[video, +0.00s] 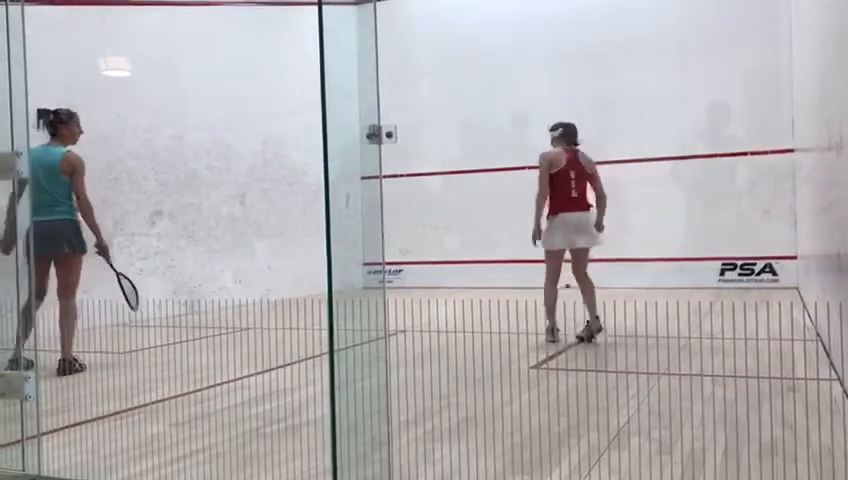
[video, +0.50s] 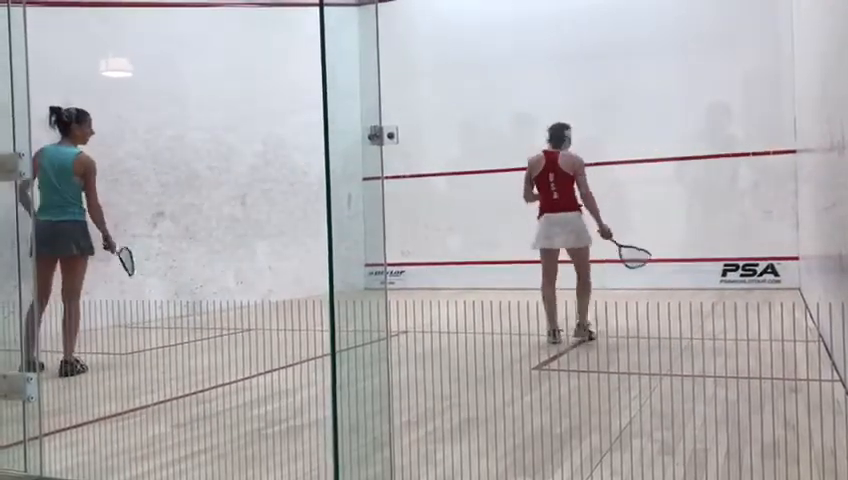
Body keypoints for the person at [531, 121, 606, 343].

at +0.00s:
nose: (551, 140)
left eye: (553, 137)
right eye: (552, 137)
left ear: (559, 137)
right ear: (573, 138)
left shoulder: (548, 157)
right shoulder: (585, 159)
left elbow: (543, 193)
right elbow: (600, 193)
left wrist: (537, 224)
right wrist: (600, 218)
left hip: (558, 219)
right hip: (584, 217)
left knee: (551, 277)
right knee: (580, 271)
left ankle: (551, 326)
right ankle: (594, 320)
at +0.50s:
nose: (571, 144)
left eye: (569, 140)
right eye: (570, 140)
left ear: (549, 139)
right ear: (566, 140)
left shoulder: (535, 161)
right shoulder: (574, 161)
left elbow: (528, 196)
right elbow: (585, 194)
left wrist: (546, 194)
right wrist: (601, 224)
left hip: (548, 222)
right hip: (572, 221)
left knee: (548, 279)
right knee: (583, 275)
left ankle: (553, 329)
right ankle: (582, 324)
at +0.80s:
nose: (581, 148)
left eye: (582, 144)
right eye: (579, 144)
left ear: (559, 143)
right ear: (572, 143)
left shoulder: (545, 164)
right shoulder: (579, 163)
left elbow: (549, 194)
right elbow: (591, 198)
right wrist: (614, 223)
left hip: (555, 224)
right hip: (578, 223)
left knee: (553, 277)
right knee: (596, 274)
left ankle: (554, 329)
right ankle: (606, 325)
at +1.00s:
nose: (596, 141)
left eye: (596, 136)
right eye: (592, 137)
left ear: (575, 141)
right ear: (580, 139)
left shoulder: (564, 164)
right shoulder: (586, 162)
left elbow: (575, 199)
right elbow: (603, 194)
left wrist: (596, 218)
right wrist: (635, 206)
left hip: (566, 222)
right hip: (586, 222)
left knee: (568, 276)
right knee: (603, 275)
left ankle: (557, 327)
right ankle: (608, 327)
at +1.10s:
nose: (601, 141)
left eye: (600, 137)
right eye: (598, 137)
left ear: (580, 141)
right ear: (589, 140)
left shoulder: (572, 165)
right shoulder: (589, 163)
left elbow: (593, 201)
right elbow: (605, 193)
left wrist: (618, 219)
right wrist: (646, 197)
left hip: (573, 224)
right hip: (590, 224)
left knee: (581, 276)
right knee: (608, 276)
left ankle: (560, 322)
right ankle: (609, 326)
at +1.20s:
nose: (603, 139)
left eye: (601, 135)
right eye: (599, 136)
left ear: (585, 143)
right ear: (589, 142)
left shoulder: (578, 167)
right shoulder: (588, 166)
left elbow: (611, 194)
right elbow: (609, 195)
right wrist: (638, 210)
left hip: (577, 225)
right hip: (590, 225)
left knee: (595, 273)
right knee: (612, 274)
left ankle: (566, 311)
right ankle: (611, 326)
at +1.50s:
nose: (595, 140)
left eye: (593, 137)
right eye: (592, 138)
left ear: (580, 144)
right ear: (582, 144)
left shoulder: (589, 162)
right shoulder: (575, 171)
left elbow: (615, 173)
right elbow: (601, 198)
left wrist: (648, 166)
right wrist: (625, 178)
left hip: (582, 226)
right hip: (580, 227)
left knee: (595, 273)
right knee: (605, 275)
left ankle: (565, 311)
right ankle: (612, 328)